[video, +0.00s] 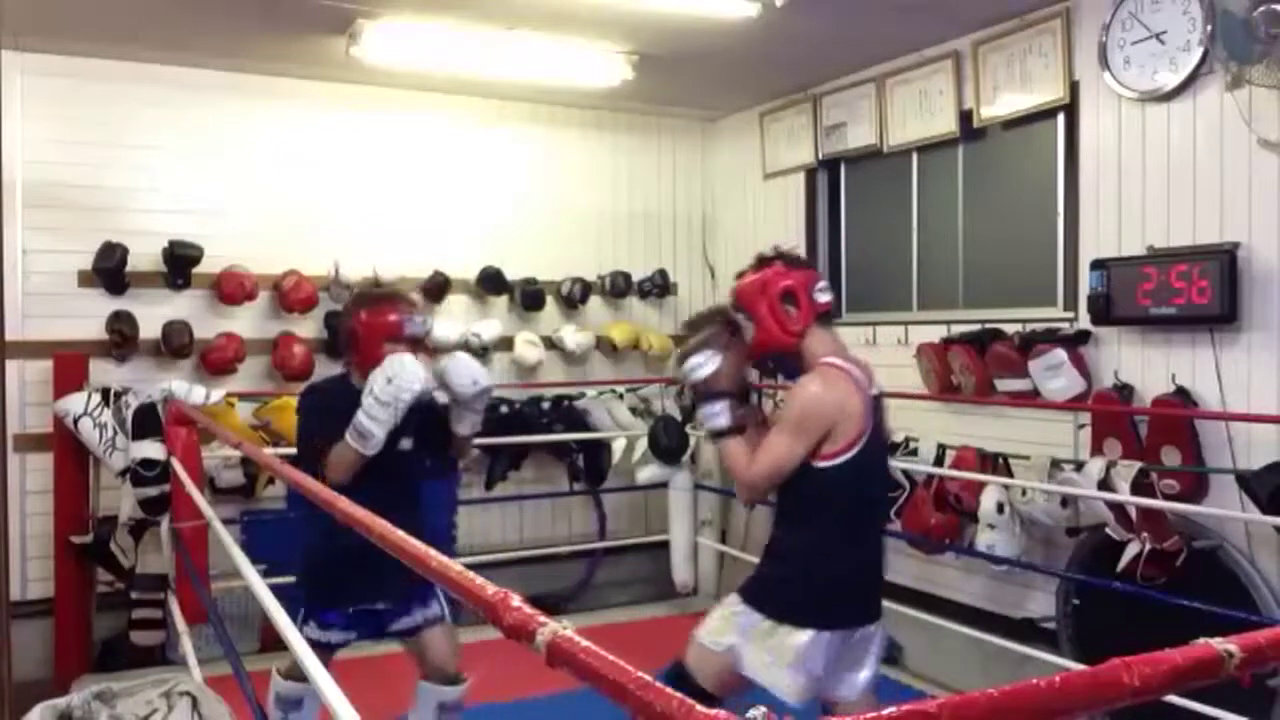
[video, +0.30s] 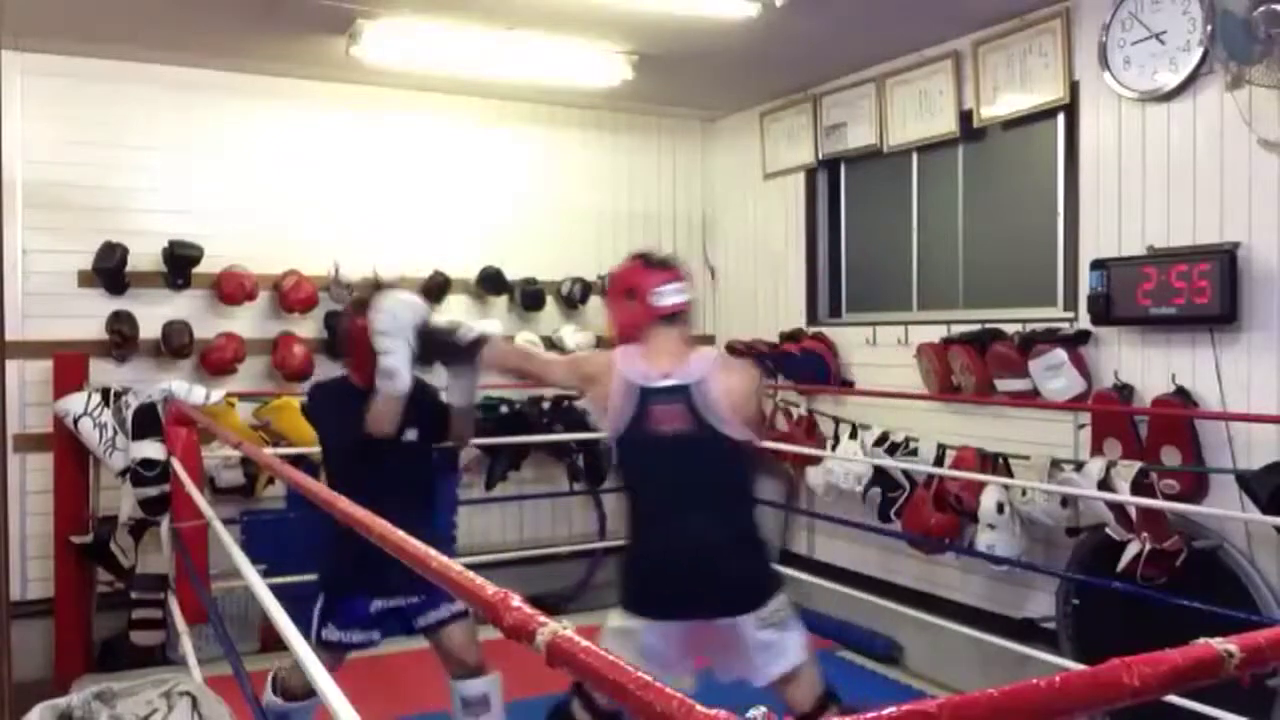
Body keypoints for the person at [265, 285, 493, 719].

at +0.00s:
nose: (408, 349)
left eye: (413, 336)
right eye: (394, 335)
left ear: (419, 341)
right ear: (362, 340)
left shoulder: (417, 400)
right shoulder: (323, 398)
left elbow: (449, 456)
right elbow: (334, 473)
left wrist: (468, 408)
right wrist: (378, 408)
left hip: (405, 564)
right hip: (335, 567)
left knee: (446, 673)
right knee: (295, 683)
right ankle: (284, 715)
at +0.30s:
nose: (376, 332)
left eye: (385, 322)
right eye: (365, 321)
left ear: (401, 334)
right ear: (346, 335)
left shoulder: (415, 393)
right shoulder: (327, 398)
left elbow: (456, 437)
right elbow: (378, 427)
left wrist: (462, 385)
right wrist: (393, 363)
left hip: (420, 554)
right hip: (354, 558)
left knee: (468, 658)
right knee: (312, 672)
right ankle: (275, 705)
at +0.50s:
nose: (339, 320)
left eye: (346, 309)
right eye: (328, 306)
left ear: (357, 325)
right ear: (307, 317)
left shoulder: (373, 374)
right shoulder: (288, 372)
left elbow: (423, 396)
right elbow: (330, 390)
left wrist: (426, 328)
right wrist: (360, 324)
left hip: (376, 534)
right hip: (309, 538)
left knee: (420, 641)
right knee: (270, 660)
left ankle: (430, 712)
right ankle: (254, 713)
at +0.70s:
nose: (336, 355)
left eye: (345, 346)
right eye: (327, 343)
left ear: (354, 348)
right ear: (303, 341)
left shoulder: (354, 390)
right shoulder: (259, 383)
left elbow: (397, 435)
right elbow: (268, 419)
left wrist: (393, 372)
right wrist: (293, 347)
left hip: (344, 542)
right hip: (277, 545)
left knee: (380, 646)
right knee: (255, 662)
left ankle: (362, 716)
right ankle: (247, 714)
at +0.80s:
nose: (335, 331)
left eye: (342, 319)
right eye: (323, 319)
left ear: (352, 319)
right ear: (289, 317)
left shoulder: (351, 366)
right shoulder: (253, 367)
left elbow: (382, 438)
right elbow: (241, 436)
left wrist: (385, 385)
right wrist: (286, 382)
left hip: (341, 517)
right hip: (276, 522)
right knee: (255, 642)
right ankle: (251, 717)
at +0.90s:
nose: (338, 334)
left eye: (342, 323)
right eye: (327, 322)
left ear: (347, 327)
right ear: (294, 323)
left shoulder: (352, 372)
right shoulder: (252, 377)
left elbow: (378, 438)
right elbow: (238, 444)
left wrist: (369, 419)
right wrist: (293, 423)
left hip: (343, 519)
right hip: (276, 525)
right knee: (257, 637)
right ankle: (266, 716)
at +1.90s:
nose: (343, 337)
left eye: (354, 330)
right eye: (332, 326)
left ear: (365, 337)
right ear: (310, 328)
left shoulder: (375, 379)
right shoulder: (282, 376)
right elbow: (292, 414)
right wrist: (324, 365)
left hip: (368, 533)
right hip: (305, 533)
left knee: (393, 648)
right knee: (280, 654)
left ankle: (392, 712)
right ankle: (276, 712)